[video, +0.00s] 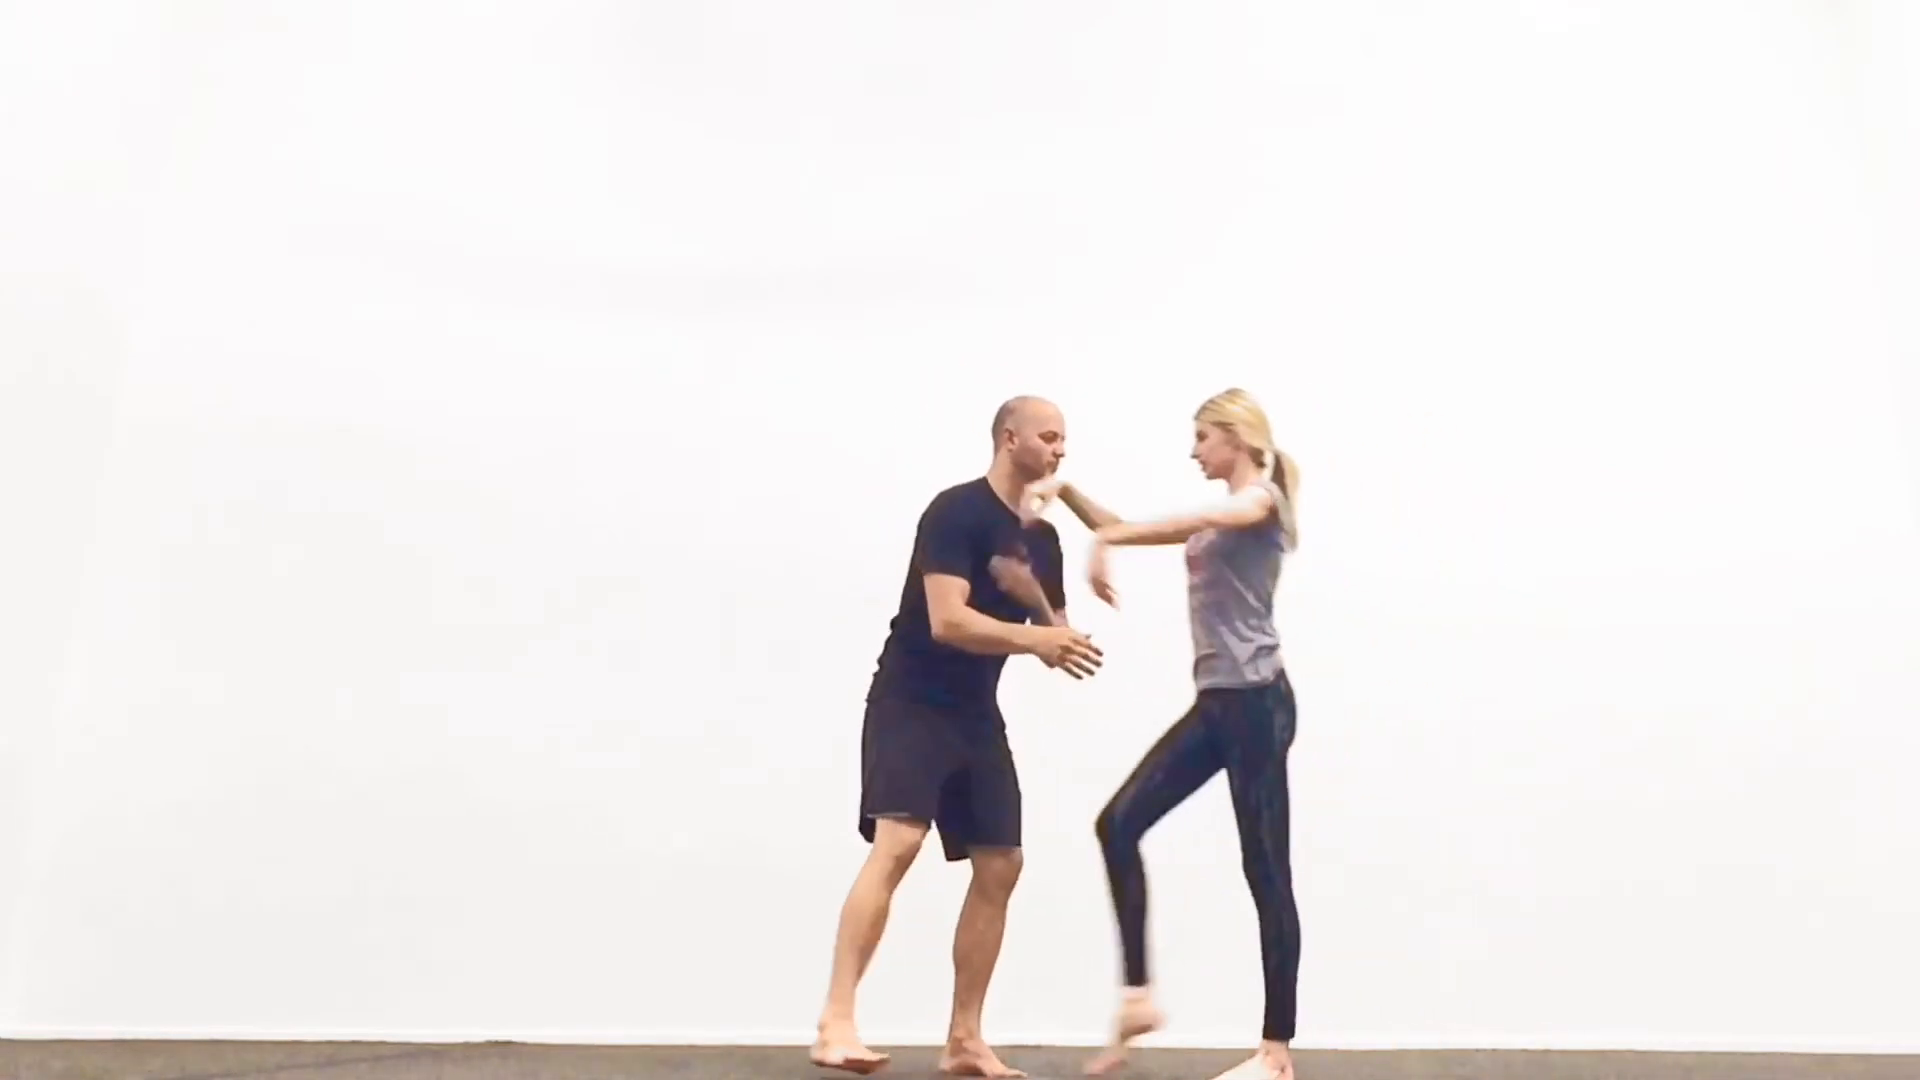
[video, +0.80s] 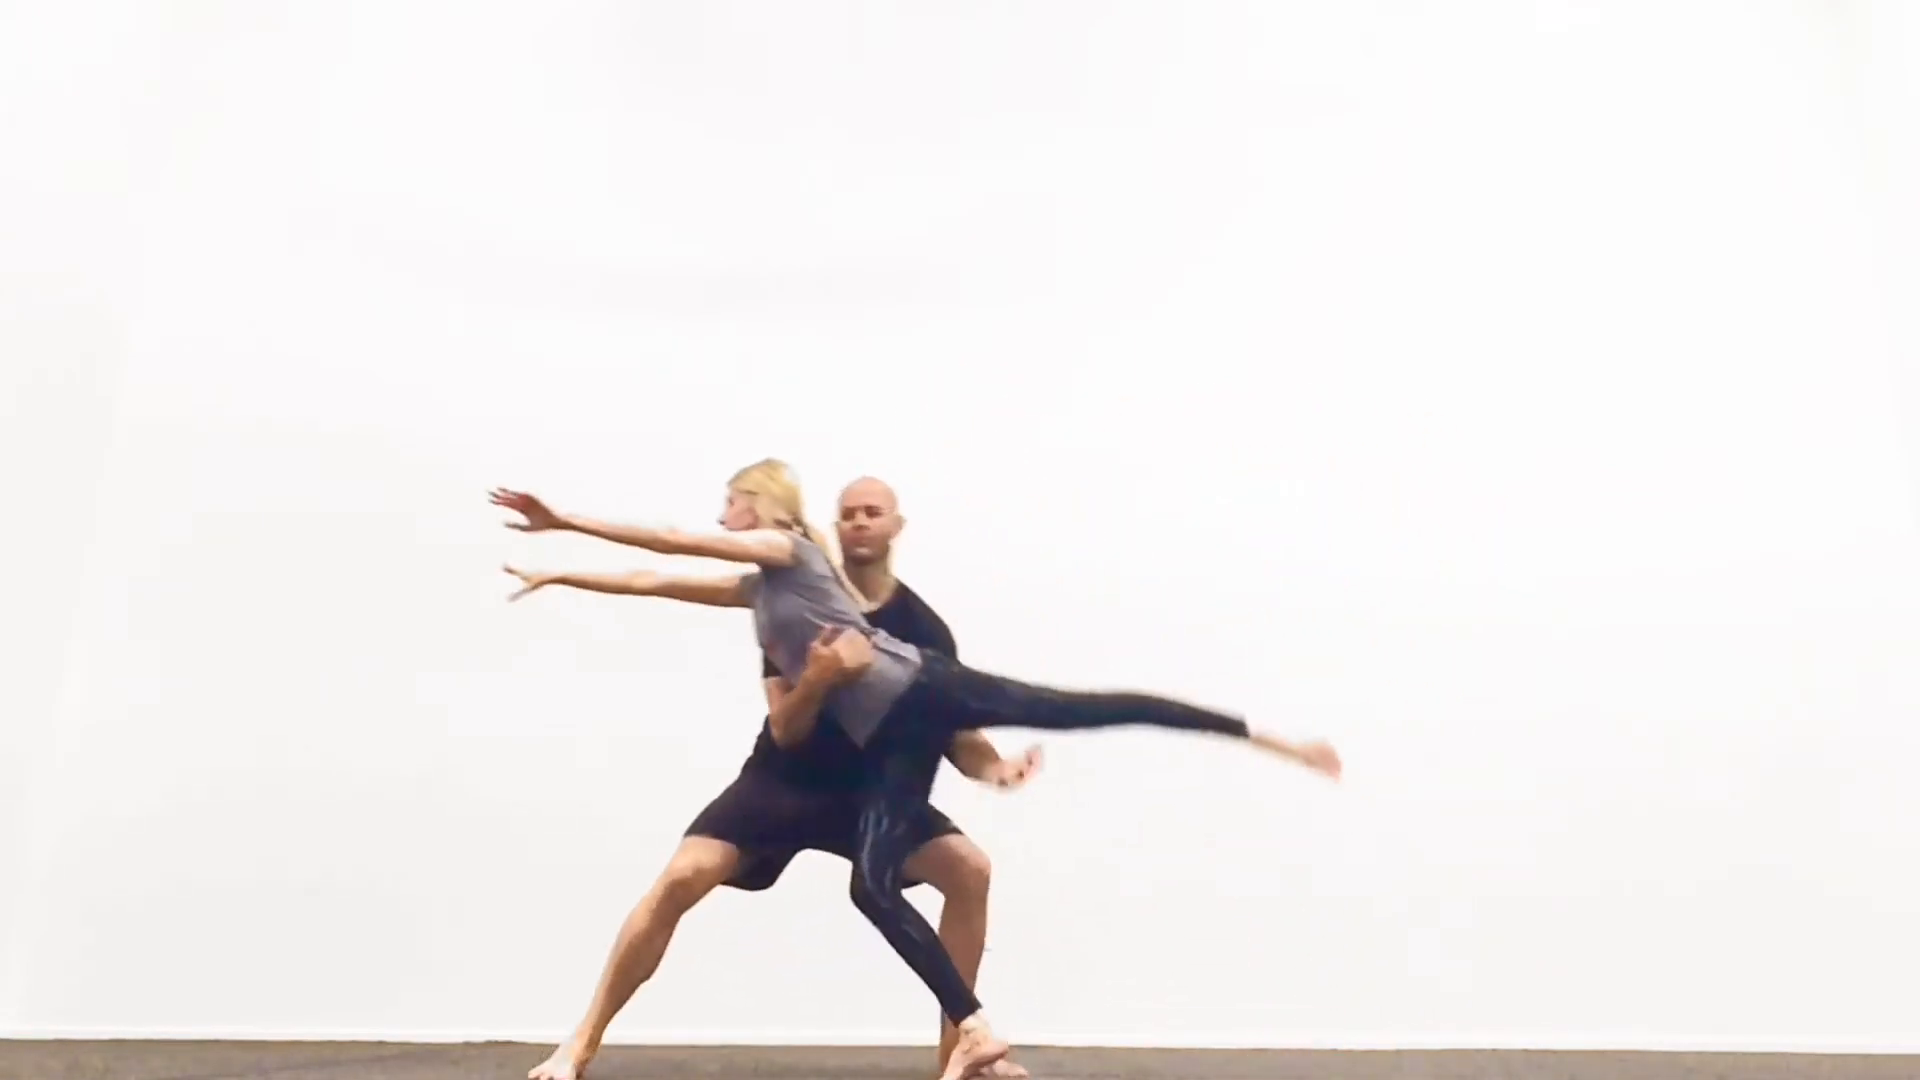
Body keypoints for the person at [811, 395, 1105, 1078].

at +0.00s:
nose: (1060, 451)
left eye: (1063, 440)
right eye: (1049, 438)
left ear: (1053, 447)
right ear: (1008, 439)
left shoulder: (1044, 537)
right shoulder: (955, 510)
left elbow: (1052, 644)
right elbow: (947, 621)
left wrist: (1035, 604)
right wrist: (1041, 638)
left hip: (976, 708)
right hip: (911, 699)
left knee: (999, 866)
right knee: (898, 843)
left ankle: (965, 1039)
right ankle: (836, 1022)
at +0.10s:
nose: (1068, 469)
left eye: (1072, 460)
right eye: (1056, 457)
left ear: (1064, 469)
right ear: (1016, 459)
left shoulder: (1051, 559)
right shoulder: (962, 527)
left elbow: (1042, 675)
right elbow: (960, 635)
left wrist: (1016, 640)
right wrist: (1052, 636)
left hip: (970, 717)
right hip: (903, 705)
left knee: (1011, 868)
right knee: (880, 838)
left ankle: (965, 1041)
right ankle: (787, 1009)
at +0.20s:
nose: (1074, 492)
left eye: (1079, 481)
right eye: (1061, 478)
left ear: (1075, 492)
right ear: (1019, 480)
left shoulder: (1055, 583)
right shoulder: (967, 543)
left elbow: (1041, 677)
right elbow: (962, 648)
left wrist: (1044, 725)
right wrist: (1048, 640)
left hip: (963, 732)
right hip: (897, 714)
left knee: (1017, 873)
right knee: (851, 844)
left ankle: (968, 1039)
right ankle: (740, 998)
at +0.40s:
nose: (1002, 528)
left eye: (1020, 523)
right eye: (1003, 520)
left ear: (1036, 533)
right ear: (993, 525)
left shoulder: (1037, 609)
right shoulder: (949, 582)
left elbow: (1040, 717)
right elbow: (926, 689)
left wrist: (1062, 819)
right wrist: (1003, 678)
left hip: (942, 759)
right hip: (870, 742)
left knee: (1026, 876)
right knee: (794, 851)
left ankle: (964, 1039)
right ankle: (670, 996)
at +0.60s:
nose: (988, 551)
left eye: (1000, 542)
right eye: (977, 537)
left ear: (1011, 555)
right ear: (950, 542)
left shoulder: (1009, 658)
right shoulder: (888, 612)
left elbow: (1010, 757)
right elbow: (858, 736)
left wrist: (1041, 844)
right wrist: (902, 701)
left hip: (917, 790)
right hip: (832, 776)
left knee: (1013, 876)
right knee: (740, 874)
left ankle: (965, 1043)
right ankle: (602, 1018)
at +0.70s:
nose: (927, 543)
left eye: (940, 532)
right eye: (915, 531)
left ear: (958, 545)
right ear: (892, 539)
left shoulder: (970, 652)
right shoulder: (839, 611)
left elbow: (987, 756)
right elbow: (821, 740)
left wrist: (1022, 825)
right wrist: (862, 700)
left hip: (894, 797)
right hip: (808, 785)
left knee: (994, 869)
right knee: (716, 879)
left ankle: (960, 1046)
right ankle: (590, 1037)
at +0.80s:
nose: (859, 524)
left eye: (872, 513)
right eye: (848, 515)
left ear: (898, 526)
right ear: (830, 527)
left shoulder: (925, 630)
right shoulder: (790, 602)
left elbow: (955, 733)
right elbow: (784, 730)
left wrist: (994, 767)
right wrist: (819, 677)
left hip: (861, 788)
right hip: (776, 785)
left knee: (970, 870)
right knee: (684, 877)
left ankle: (956, 1047)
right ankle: (580, 1046)